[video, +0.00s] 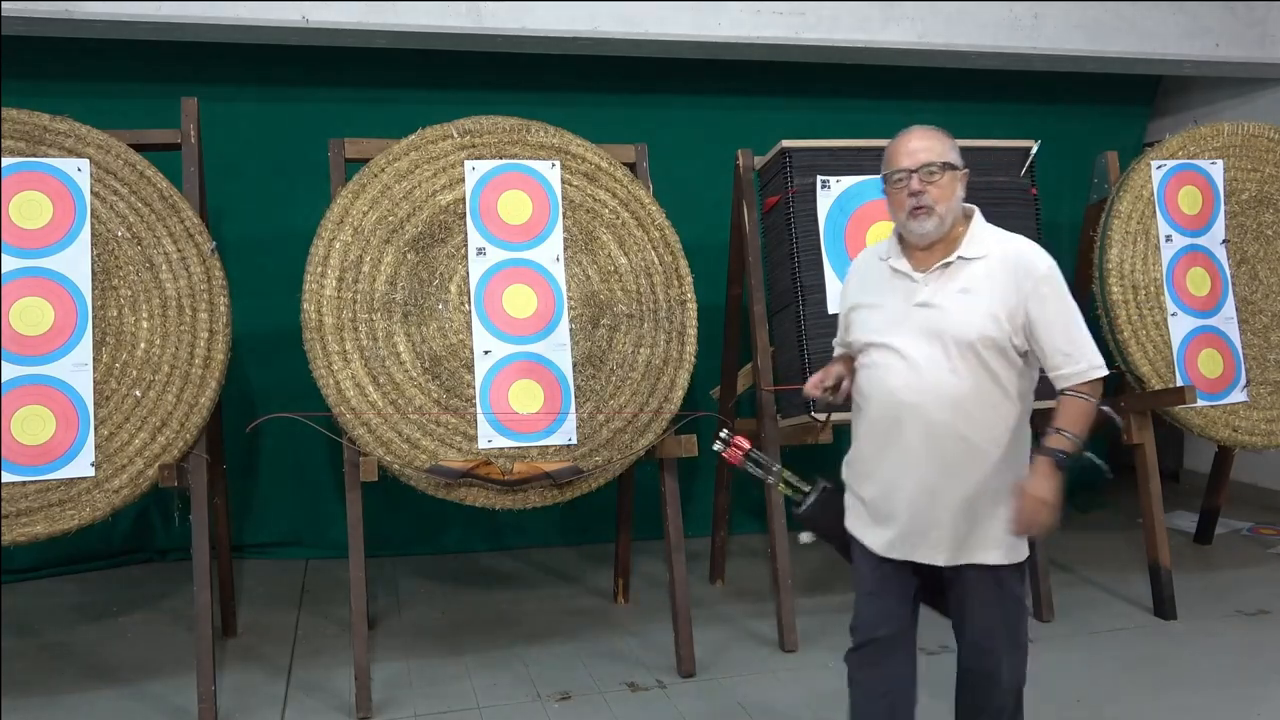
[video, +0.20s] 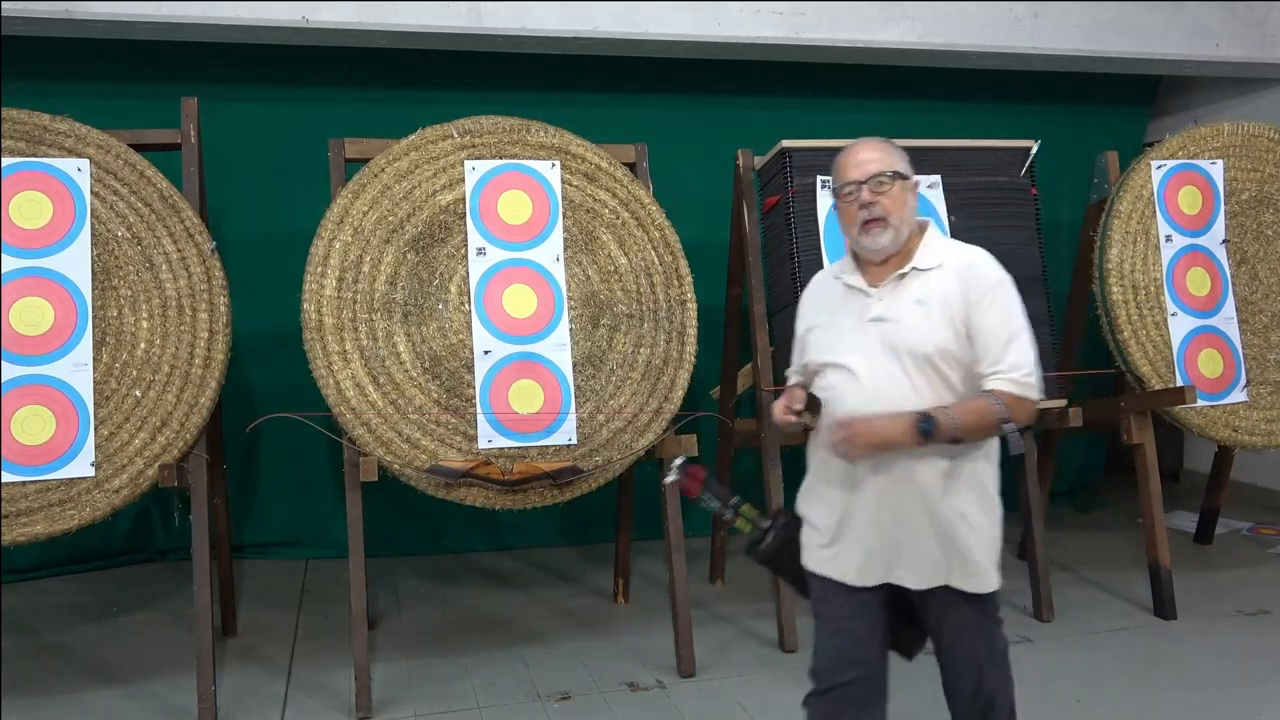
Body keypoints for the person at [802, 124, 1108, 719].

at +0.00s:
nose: (915, 188)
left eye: (931, 173)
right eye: (899, 178)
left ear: (961, 182)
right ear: (886, 195)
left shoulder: (1020, 264)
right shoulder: (867, 269)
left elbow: (1083, 378)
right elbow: (850, 353)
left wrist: (1049, 465)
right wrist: (838, 373)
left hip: (984, 524)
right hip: (881, 520)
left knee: (993, 683)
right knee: (875, 671)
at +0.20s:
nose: (866, 200)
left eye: (881, 183)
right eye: (850, 191)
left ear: (913, 192)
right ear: (838, 210)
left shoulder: (972, 273)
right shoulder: (821, 290)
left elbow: (1019, 397)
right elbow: (813, 382)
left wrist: (908, 428)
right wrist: (797, 398)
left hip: (948, 539)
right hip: (843, 540)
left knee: (982, 701)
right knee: (841, 699)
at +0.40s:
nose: (781, 189)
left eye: (799, 172)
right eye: (772, 178)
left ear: (850, 177)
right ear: (766, 192)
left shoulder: (918, 261)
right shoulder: (763, 287)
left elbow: (952, 390)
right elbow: (738, 394)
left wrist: (825, 398)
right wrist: (733, 403)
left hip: (885, 545)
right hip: (782, 545)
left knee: (904, 692)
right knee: (790, 705)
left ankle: (954, 714)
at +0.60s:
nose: (713, 194)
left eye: (728, 177)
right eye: (714, 179)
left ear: (784, 175)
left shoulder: (873, 260)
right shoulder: (724, 282)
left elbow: (914, 399)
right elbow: (713, 388)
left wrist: (790, 405)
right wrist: (687, 404)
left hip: (826, 566)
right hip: (734, 562)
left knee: (796, 706)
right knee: (759, 705)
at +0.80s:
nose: (682, 183)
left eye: (704, 167)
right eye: (677, 171)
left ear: (759, 178)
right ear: (673, 184)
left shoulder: (825, 270)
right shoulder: (698, 270)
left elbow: (879, 418)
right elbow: (694, 374)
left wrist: (764, 439)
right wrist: (640, 420)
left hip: (767, 588)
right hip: (701, 577)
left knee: (725, 710)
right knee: (768, 707)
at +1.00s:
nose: (662, 192)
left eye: (688, 175)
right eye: (649, 175)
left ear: (732, 188)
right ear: (634, 184)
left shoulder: (778, 297)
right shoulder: (640, 272)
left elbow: (827, 459)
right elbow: (660, 395)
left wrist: (715, 459)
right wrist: (587, 444)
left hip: (707, 609)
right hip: (640, 591)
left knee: (669, 710)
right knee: (723, 705)